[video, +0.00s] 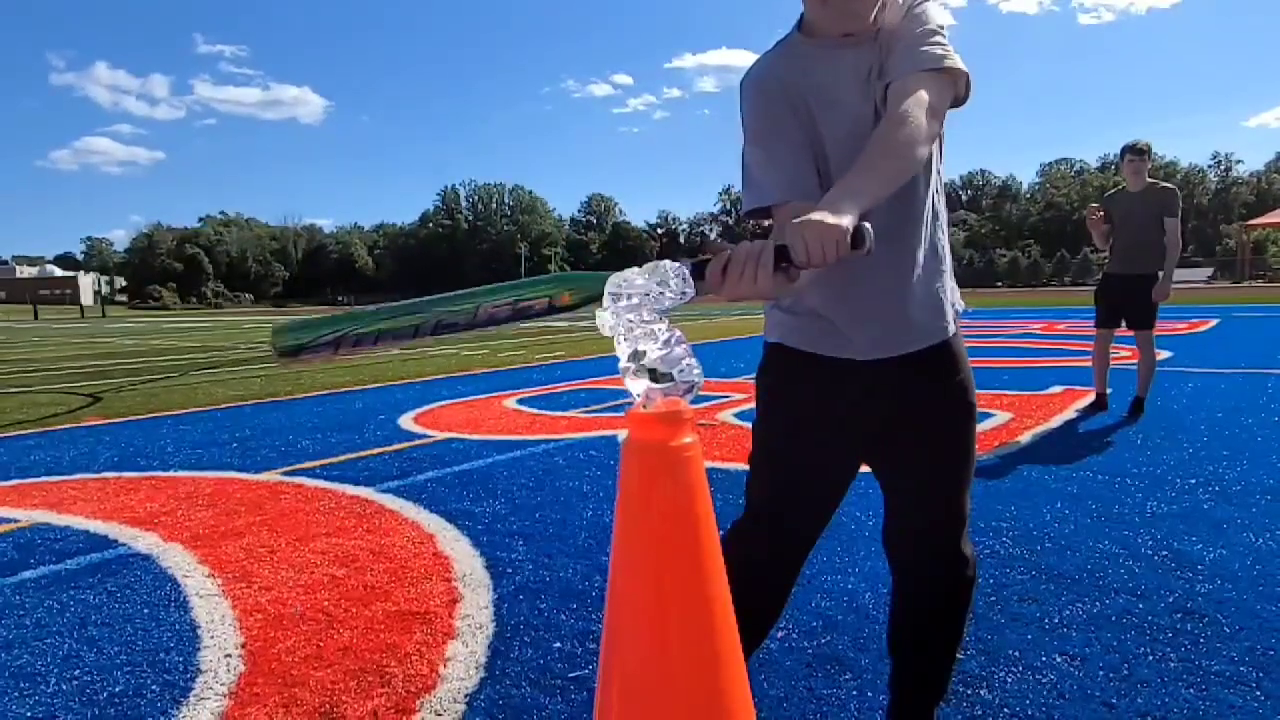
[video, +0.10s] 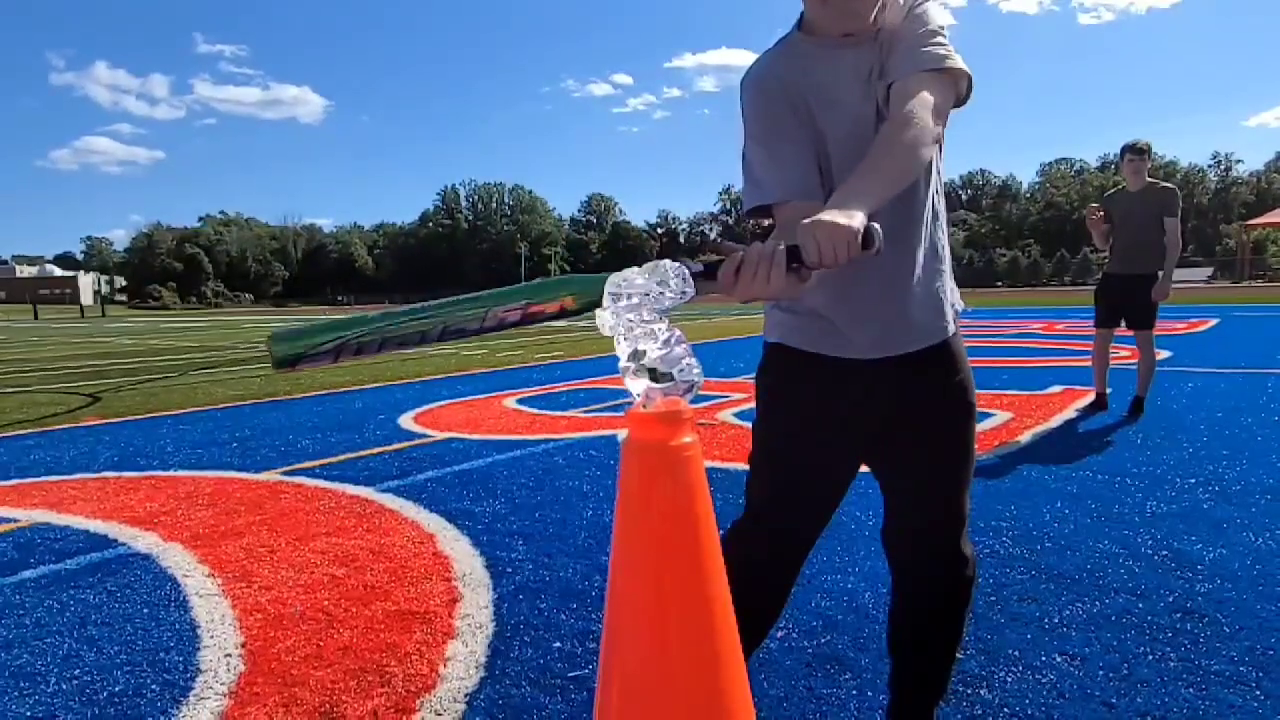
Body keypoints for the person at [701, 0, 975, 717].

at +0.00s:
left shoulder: (918, 22)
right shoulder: (772, 79)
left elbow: (915, 121)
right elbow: (788, 223)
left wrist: (838, 207)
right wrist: (759, 273)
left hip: (924, 357)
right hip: (811, 363)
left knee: (936, 563)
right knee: (764, 554)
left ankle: (913, 711)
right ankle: (682, 694)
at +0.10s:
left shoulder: (919, 23)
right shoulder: (773, 78)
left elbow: (918, 123)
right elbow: (791, 217)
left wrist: (846, 207)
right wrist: (767, 270)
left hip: (924, 358)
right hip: (811, 362)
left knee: (936, 561)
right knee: (765, 552)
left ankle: (913, 711)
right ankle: (686, 693)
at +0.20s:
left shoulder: (919, 21)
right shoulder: (774, 76)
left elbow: (921, 120)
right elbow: (797, 205)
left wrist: (859, 202)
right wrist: (776, 266)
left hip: (923, 357)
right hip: (811, 361)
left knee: (934, 562)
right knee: (765, 552)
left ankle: (912, 711)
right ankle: (685, 692)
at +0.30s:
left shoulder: (919, 20)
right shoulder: (774, 76)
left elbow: (924, 122)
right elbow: (797, 206)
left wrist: (866, 202)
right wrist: (788, 264)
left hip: (922, 355)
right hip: (811, 360)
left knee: (933, 559)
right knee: (765, 550)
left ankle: (912, 712)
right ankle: (686, 692)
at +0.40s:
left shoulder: (919, 21)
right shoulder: (775, 74)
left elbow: (928, 122)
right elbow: (798, 196)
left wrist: (875, 198)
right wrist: (800, 259)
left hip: (922, 355)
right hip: (810, 361)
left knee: (933, 559)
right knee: (766, 549)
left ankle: (911, 712)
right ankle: (687, 692)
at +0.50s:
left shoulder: (919, 21)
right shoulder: (776, 72)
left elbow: (930, 122)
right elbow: (799, 197)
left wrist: (883, 198)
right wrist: (810, 267)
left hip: (921, 354)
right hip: (810, 362)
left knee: (932, 558)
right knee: (767, 547)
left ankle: (911, 711)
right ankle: (685, 689)